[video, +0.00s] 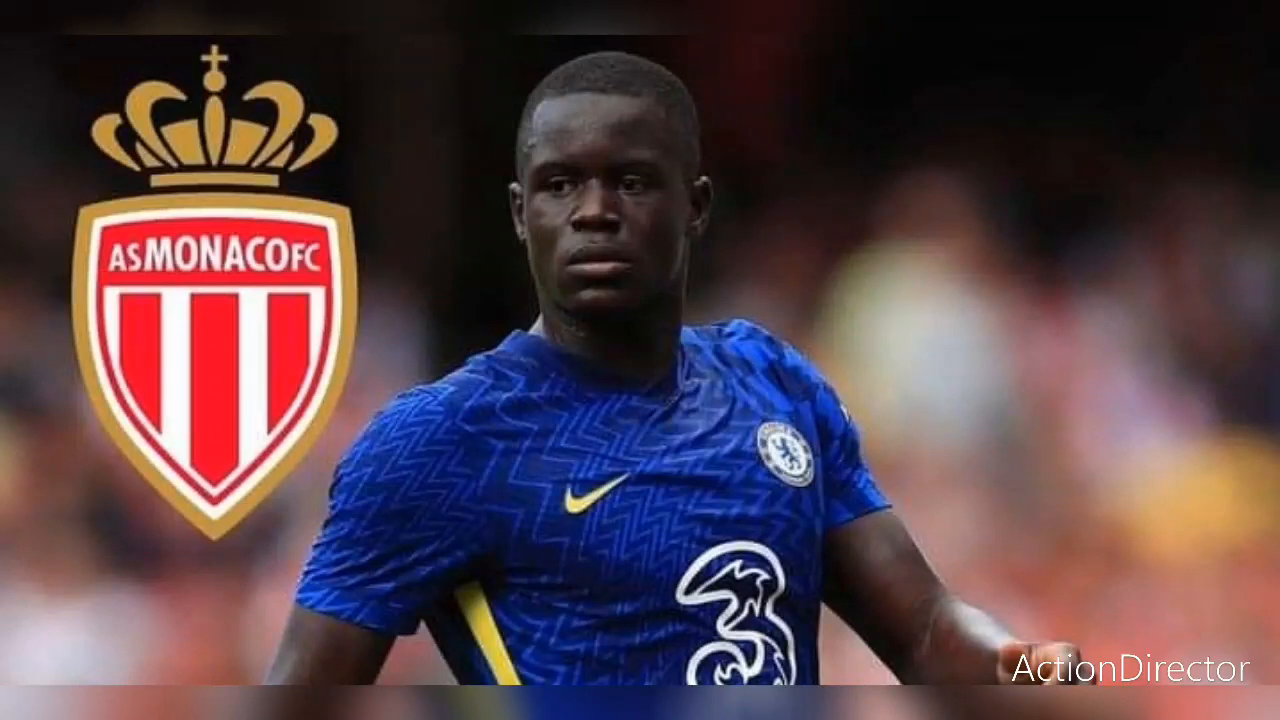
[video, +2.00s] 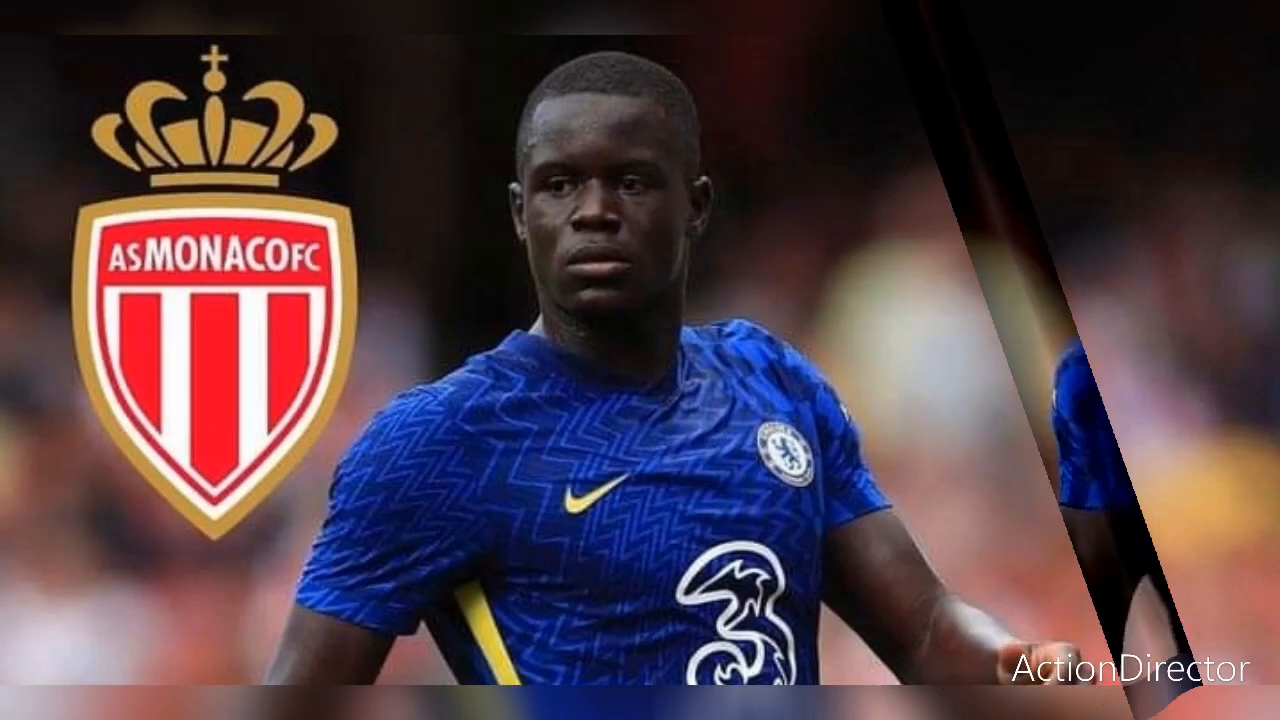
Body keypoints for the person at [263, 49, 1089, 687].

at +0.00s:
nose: (595, 209)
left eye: (633, 178)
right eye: (560, 181)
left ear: (697, 207)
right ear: (523, 215)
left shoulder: (770, 385)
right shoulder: (433, 445)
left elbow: (920, 626)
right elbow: (301, 691)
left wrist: (1018, 675)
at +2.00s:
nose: (595, 209)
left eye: (633, 178)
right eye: (560, 181)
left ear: (697, 209)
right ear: (522, 216)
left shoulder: (771, 385)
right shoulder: (432, 444)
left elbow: (921, 625)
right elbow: (301, 690)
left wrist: (1023, 673)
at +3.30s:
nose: (595, 210)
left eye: (633, 178)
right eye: (560, 181)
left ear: (697, 209)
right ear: (522, 216)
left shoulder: (770, 385)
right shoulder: (433, 444)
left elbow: (921, 626)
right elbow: (301, 691)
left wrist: (1021, 675)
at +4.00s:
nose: (599, 209)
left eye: (635, 176)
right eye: (561, 180)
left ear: (698, 207)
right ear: (521, 212)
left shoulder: (786, 406)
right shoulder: (433, 444)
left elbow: (922, 626)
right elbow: (301, 689)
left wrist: (1018, 672)